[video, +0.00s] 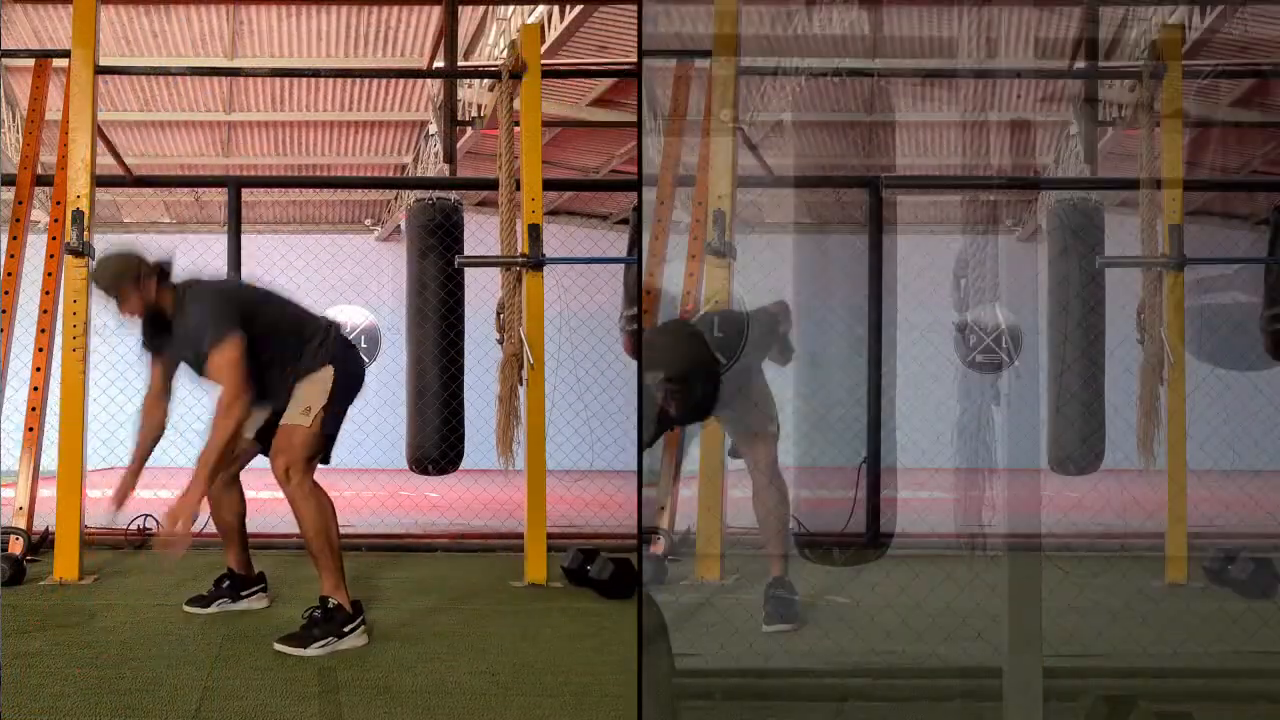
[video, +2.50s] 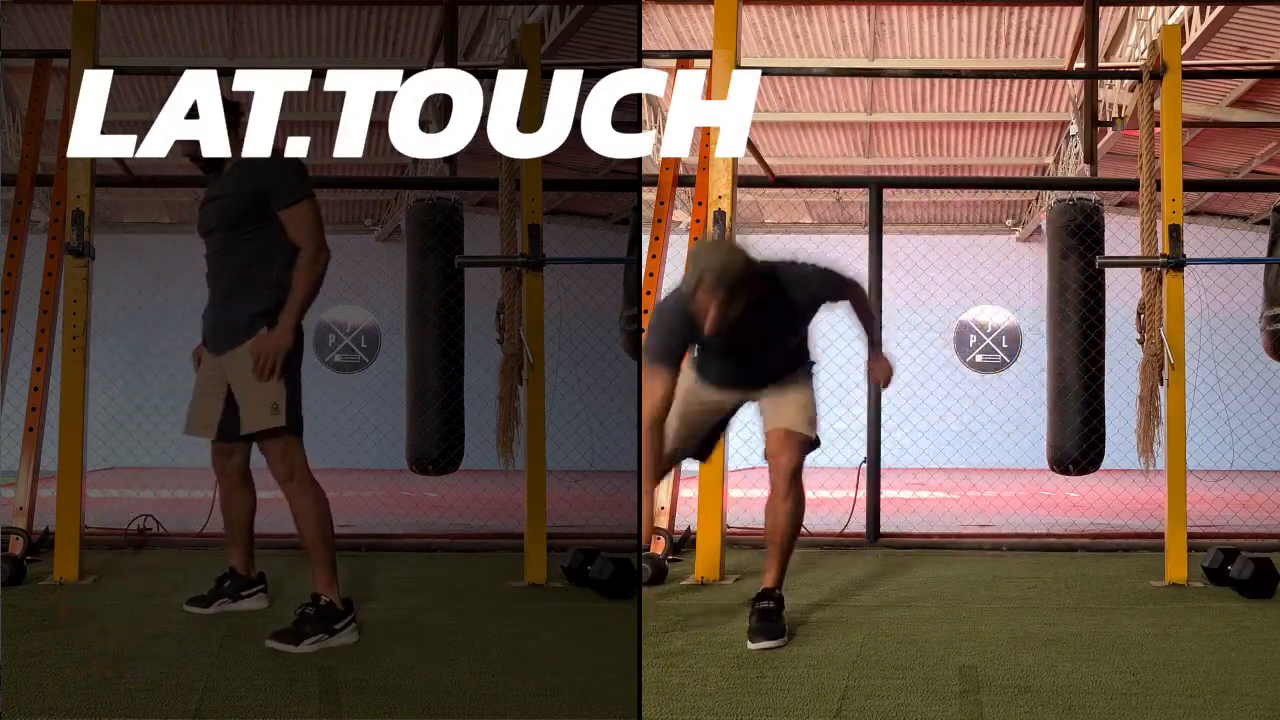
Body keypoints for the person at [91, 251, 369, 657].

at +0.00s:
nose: (123, 308)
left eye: (124, 295)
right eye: (116, 299)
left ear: (149, 278)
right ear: (139, 287)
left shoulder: (205, 306)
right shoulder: (160, 325)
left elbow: (236, 397)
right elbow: (156, 401)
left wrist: (194, 493)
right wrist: (134, 470)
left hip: (325, 361)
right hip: (274, 379)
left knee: (291, 466)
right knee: (219, 470)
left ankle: (340, 607)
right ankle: (242, 577)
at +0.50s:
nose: (166, 151)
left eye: (170, 137)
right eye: (160, 142)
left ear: (203, 123)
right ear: (173, 139)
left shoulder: (262, 169)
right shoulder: (211, 187)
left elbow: (309, 246)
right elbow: (234, 278)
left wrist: (272, 323)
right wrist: (204, 337)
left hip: (275, 340)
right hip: (232, 344)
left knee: (291, 464)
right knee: (227, 459)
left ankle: (340, 604)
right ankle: (243, 576)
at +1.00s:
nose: (108, 458)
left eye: (105, 450)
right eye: (102, 454)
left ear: (118, 426)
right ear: (114, 426)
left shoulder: (164, 414)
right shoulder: (126, 412)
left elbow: (162, 533)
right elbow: (117, 518)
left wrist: (141, 638)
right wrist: (86, 605)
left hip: (304, 329)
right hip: (263, 343)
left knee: (299, 461)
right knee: (240, 458)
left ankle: (344, 605)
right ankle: (253, 574)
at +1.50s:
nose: (40, 485)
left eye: (34, 477)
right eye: (31, 480)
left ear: (46, 448)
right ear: (46, 439)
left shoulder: (117, 432)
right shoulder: (85, 438)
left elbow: (148, 544)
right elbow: (103, 531)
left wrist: (152, 649)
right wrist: (92, 610)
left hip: (265, 456)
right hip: (238, 474)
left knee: (362, 529)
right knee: (323, 527)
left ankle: (484, 558)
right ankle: (401, 546)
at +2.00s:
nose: (118, 369)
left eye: (118, 357)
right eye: (113, 360)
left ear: (141, 342)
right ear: (137, 346)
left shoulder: (192, 354)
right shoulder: (149, 370)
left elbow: (189, 454)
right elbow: (131, 455)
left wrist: (147, 549)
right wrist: (100, 539)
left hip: (324, 370)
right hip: (270, 384)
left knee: (280, 467)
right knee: (211, 467)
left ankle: (330, 605)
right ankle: (242, 577)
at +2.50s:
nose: (196, 140)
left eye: (204, 126)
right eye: (194, 130)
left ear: (233, 121)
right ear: (202, 134)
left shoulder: (276, 168)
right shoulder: (216, 185)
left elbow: (314, 251)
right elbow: (229, 274)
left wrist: (285, 328)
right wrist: (210, 339)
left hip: (266, 336)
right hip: (221, 342)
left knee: (287, 464)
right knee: (227, 460)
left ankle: (331, 602)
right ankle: (242, 576)